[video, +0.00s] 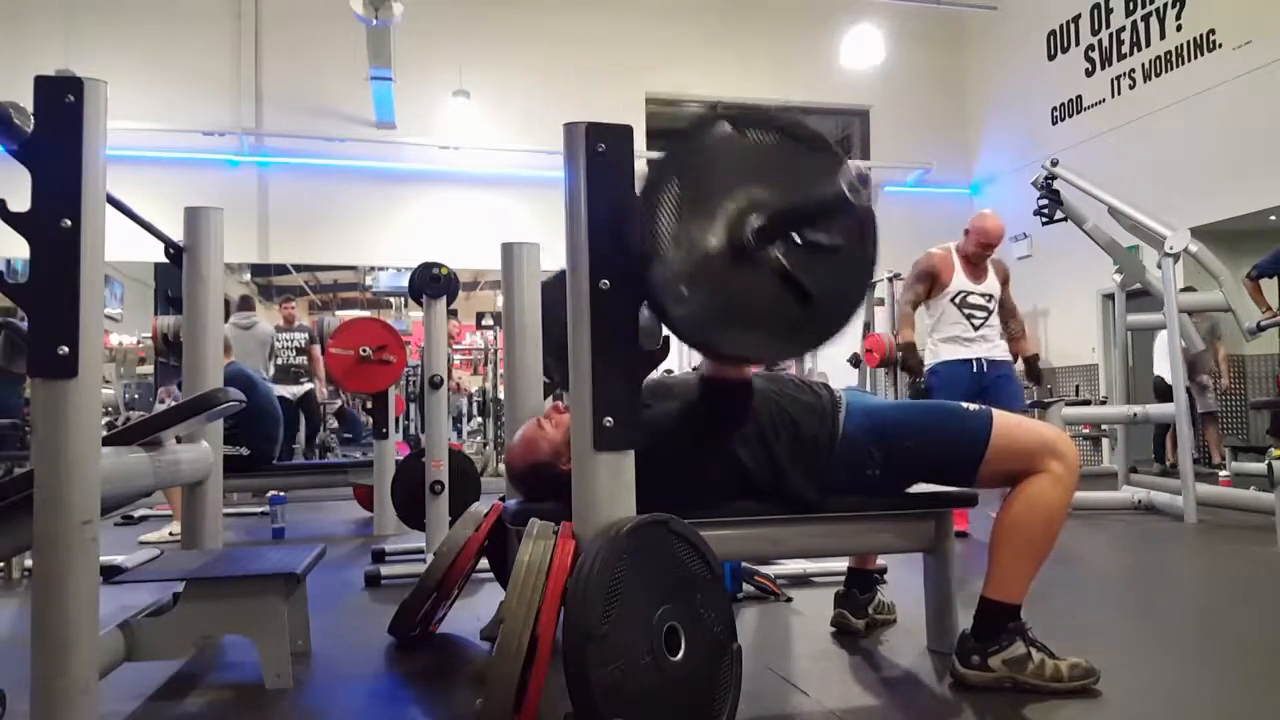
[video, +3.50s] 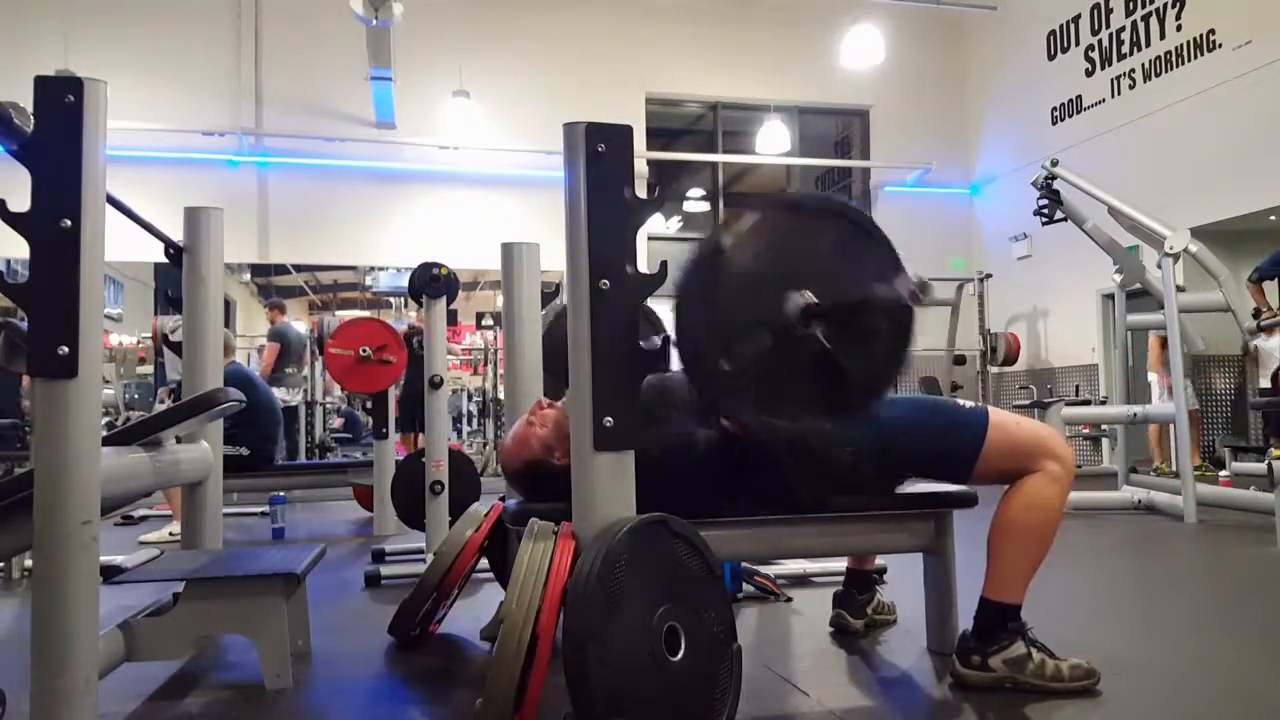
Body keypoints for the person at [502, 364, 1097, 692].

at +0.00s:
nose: (553, 410)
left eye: (544, 413)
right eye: (544, 425)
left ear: (561, 421)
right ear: (555, 461)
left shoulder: (607, 436)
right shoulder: (617, 460)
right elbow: (714, 408)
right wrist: (731, 306)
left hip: (814, 430)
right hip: (837, 435)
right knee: (1055, 456)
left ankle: (860, 595)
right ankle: (993, 640)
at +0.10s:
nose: (550, 413)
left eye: (541, 416)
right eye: (543, 426)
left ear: (555, 424)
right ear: (553, 457)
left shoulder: (613, 425)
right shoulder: (608, 449)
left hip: (802, 424)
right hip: (826, 437)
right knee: (1057, 454)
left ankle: (858, 594)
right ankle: (992, 640)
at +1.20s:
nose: (546, 412)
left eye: (538, 417)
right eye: (540, 428)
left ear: (557, 422)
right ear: (557, 461)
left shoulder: (608, 425)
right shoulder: (607, 451)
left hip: (806, 426)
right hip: (835, 434)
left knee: (921, 435)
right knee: (1053, 456)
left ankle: (858, 596)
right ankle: (992, 640)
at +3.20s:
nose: (544, 409)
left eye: (533, 416)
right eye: (537, 428)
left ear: (553, 437)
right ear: (556, 458)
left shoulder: (612, 427)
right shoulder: (627, 444)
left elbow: (667, 388)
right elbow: (761, 468)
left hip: (797, 441)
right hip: (827, 452)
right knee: (1053, 455)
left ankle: (856, 596)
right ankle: (993, 640)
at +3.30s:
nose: (545, 408)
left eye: (534, 415)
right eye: (538, 426)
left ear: (554, 437)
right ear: (556, 458)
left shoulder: (615, 426)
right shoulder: (629, 445)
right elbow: (762, 464)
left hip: (805, 432)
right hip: (837, 437)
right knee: (1053, 455)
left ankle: (856, 595)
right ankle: (993, 639)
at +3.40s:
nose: (542, 407)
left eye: (531, 416)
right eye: (536, 424)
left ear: (550, 436)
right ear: (553, 453)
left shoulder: (612, 420)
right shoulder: (621, 450)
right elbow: (746, 451)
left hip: (799, 424)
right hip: (832, 433)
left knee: (890, 446)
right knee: (1052, 455)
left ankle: (855, 597)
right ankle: (993, 640)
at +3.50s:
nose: (531, 423)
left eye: (523, 425)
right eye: (526, 433)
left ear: (538, 438)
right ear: (545, 458)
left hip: (758, 436)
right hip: (813, 437)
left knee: (890, 423)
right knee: (1051, 454)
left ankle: (858, 594)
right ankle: (992, 644)